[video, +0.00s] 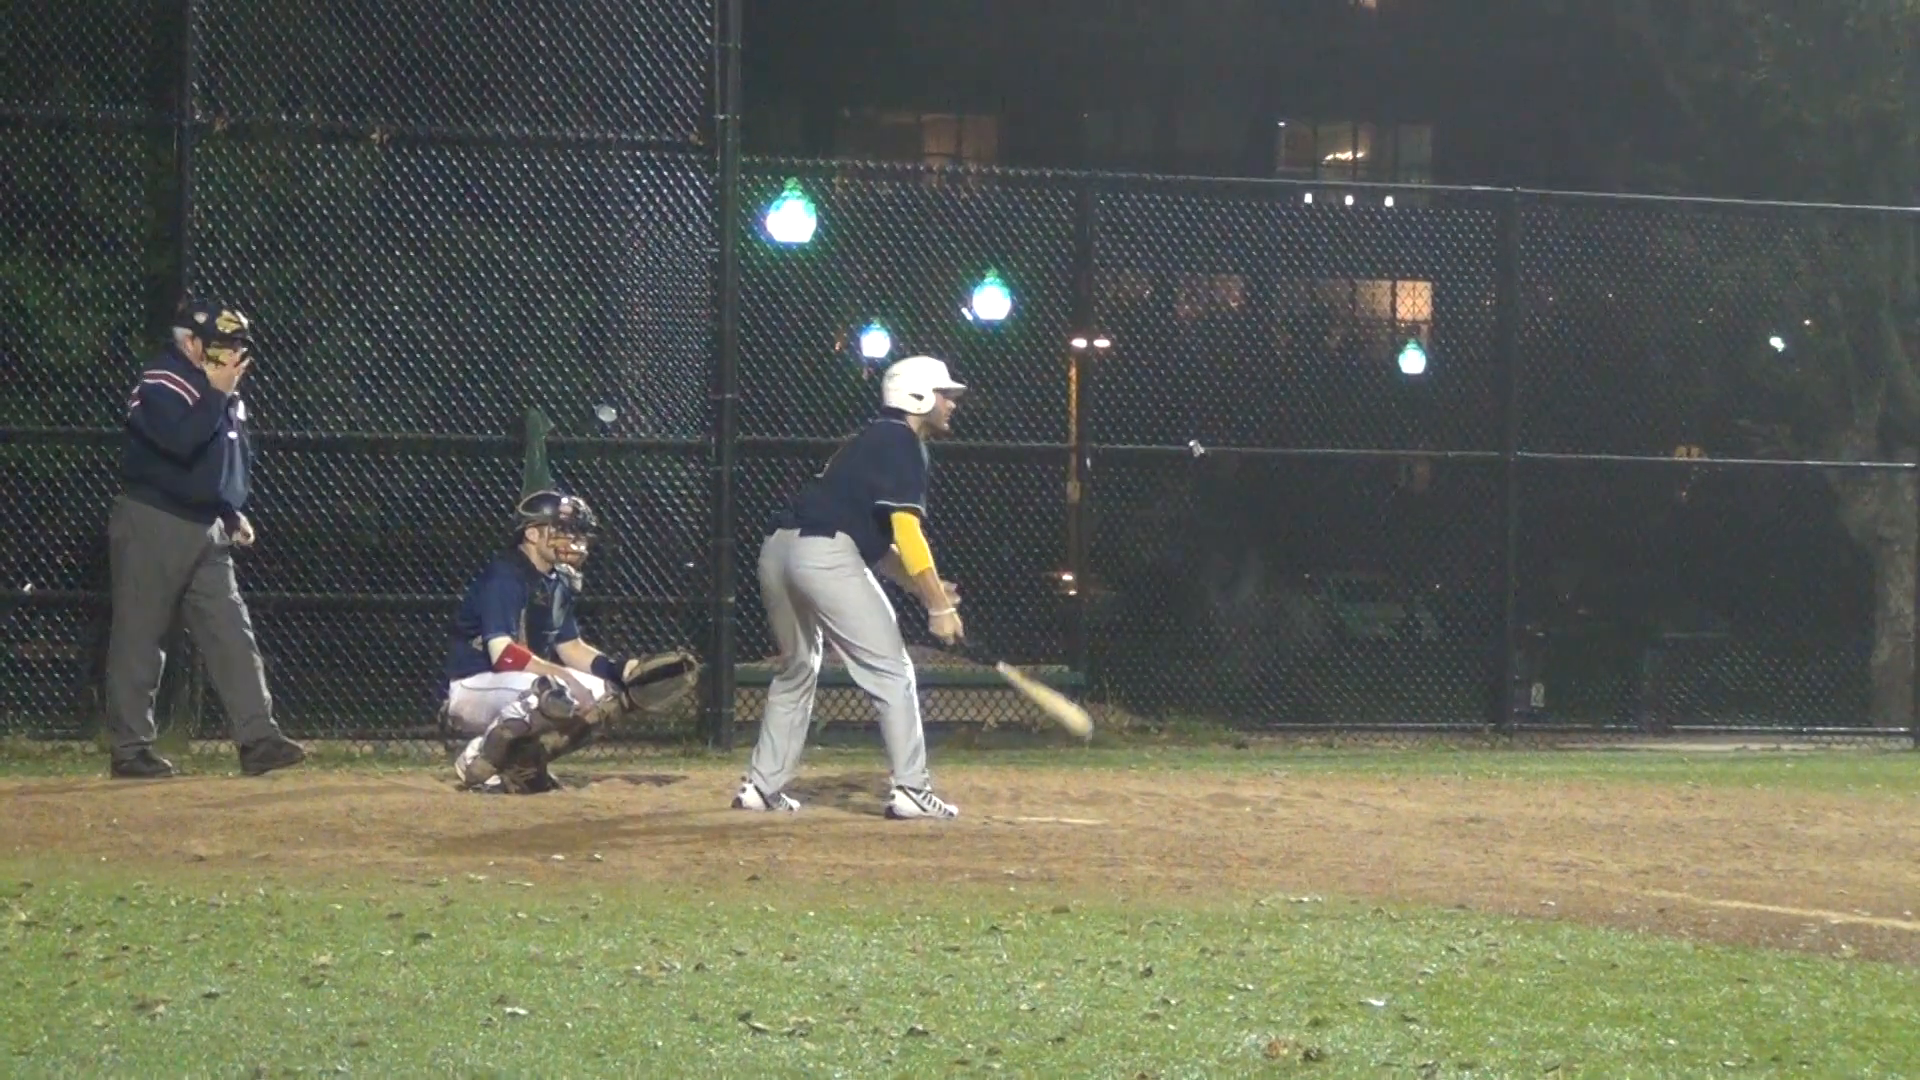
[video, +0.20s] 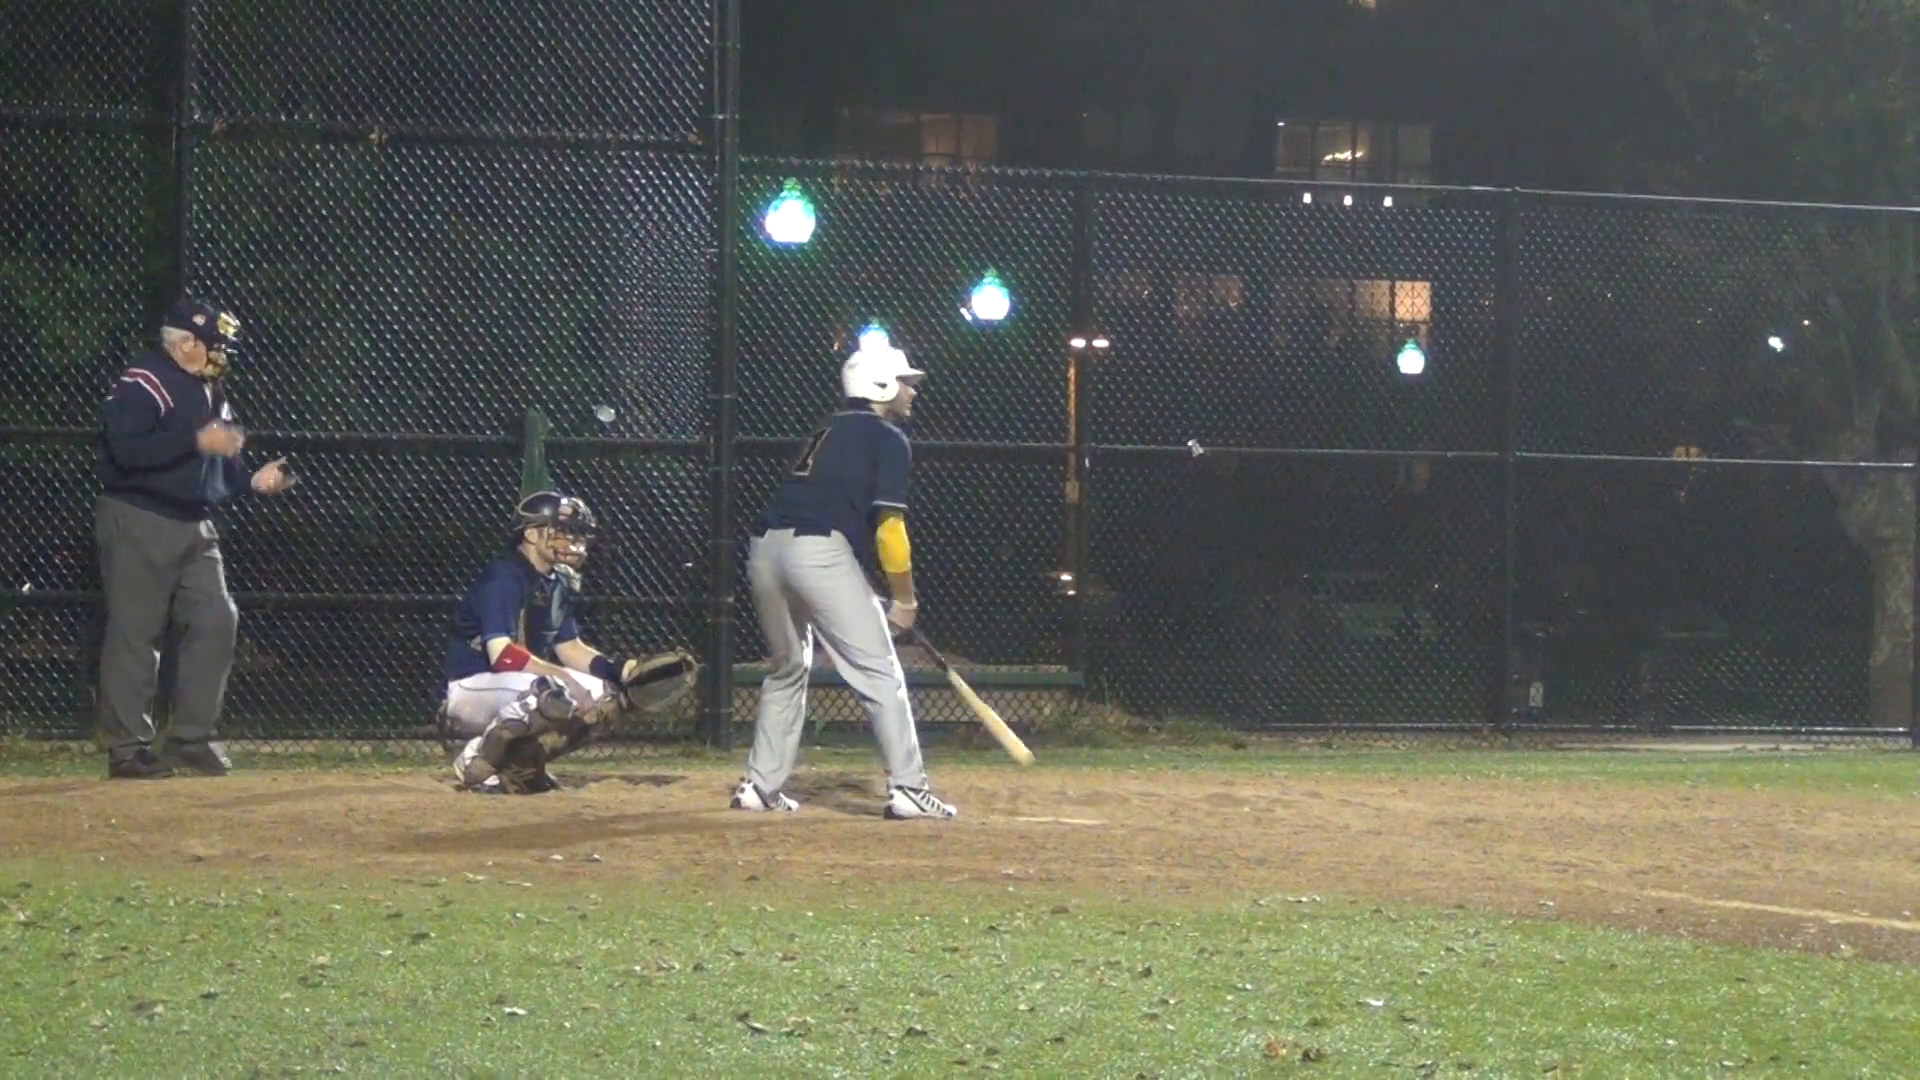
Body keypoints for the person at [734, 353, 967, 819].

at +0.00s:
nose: (953, 404)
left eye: (952, 395)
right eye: (944, 395)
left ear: (906, 400)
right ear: (918, 398)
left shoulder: (870, 438)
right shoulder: (903, 442)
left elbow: (876, 545)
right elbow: (907, 531)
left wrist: (927, 586)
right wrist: (940, 607)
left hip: (776, 547)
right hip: (828, 551)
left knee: (796, 670)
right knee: (892, 671)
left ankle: (761, 785)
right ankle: (911, 790)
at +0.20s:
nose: (913, 391)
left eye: (912, 383)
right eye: (906, 382)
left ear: (862, 389)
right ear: (882, 387)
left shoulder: (828, 431)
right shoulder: (889, 439)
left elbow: (828, 519)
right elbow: (889, 530)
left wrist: (865, 597)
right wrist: (904, 600)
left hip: (764, 548)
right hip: (819, 549)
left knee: (786, 670)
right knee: (879, 673)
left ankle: (760, 785)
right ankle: (910, 789)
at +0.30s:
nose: (897, 390)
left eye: (895, 381)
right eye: (889, 381)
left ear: (848, 386)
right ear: (866, 386)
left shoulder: (805, 427)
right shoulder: (881, 436)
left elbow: (808, 509)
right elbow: (880, 526)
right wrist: (883, 578)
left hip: (760, 549)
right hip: (818, 551)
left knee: (782, 668)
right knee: (873, 671)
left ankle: (760, 785)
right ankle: (908, 788)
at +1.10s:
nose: (904, 399)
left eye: (903, 389)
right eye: (896, 389)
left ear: (853, 394)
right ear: (872, 392)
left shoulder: (826, 432)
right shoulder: (884, 434)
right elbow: (911, 522)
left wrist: (894, 551)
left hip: (761, 550)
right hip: (815, 552)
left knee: (786, 672)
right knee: (880, 677)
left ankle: (749, 787)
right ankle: (901, 789)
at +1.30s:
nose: (920, 407)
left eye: (920, 398)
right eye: (913, 397)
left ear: (873, 401)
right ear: (885, 396)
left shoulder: (839, 443)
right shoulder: (884, 437)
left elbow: (868, 560)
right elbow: (903, 517)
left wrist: (937, 587)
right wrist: (945, 579)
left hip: (768, 558)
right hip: (815, 559)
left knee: (796, 676)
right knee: (886, 676)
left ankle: (747, 788)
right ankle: (899, 791)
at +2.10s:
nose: (882, 407)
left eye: (881, 398)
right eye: (874, 398)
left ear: (838, 401)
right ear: (848, 401)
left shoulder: (796, 445)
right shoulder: (857, 452)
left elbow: (810, 542)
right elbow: (862, 551)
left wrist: (863, 599)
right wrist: (884, 613)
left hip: (743, 571)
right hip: (800, 569)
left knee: (779, 679)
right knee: (874, 685)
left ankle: (745, 790)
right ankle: (896, 793)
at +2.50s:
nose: (854, 397)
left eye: (853, 388)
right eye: (849, 389)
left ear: (796, 388)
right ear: (828, 390)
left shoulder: (752, 431)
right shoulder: (847, 440)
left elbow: (736, 484)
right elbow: (857, 509)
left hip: (741, 566)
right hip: (803, 563)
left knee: (771, 677)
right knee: (867, 682)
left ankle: (747, 790)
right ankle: (895, 791)